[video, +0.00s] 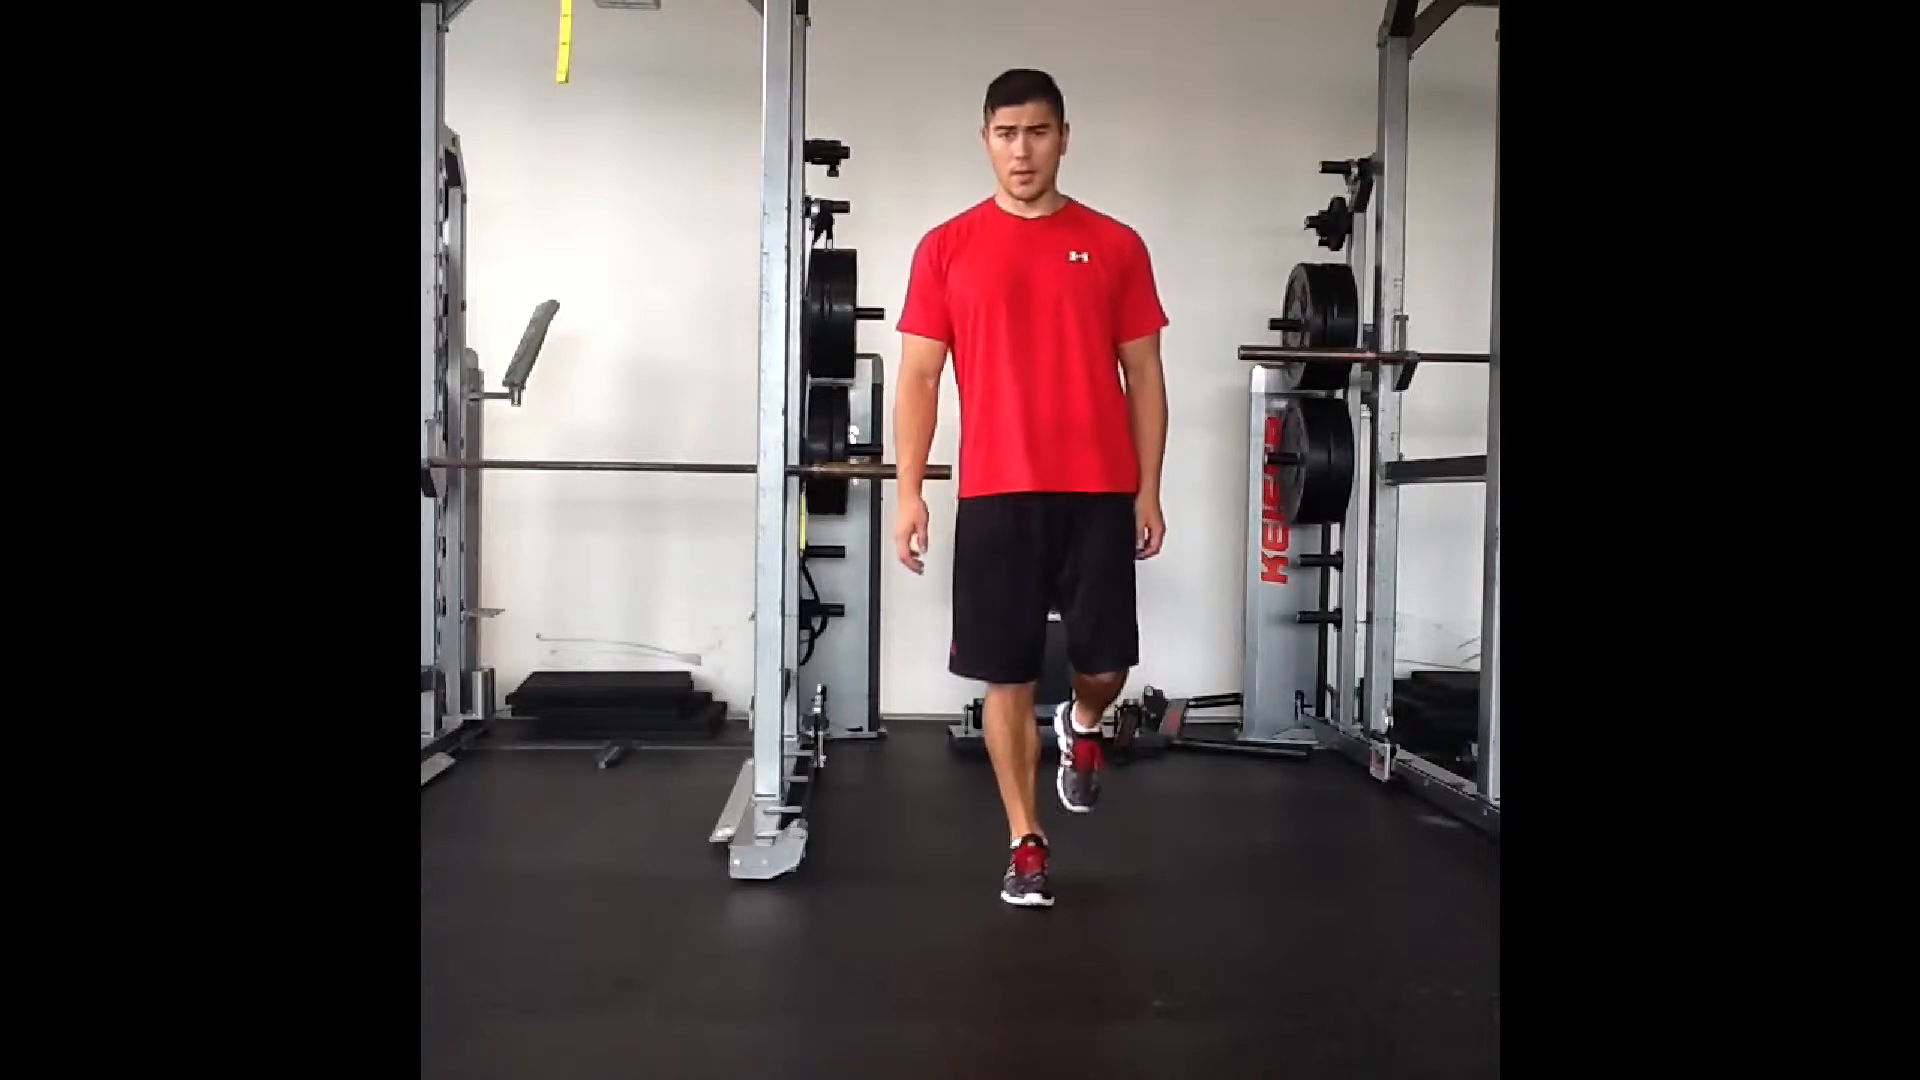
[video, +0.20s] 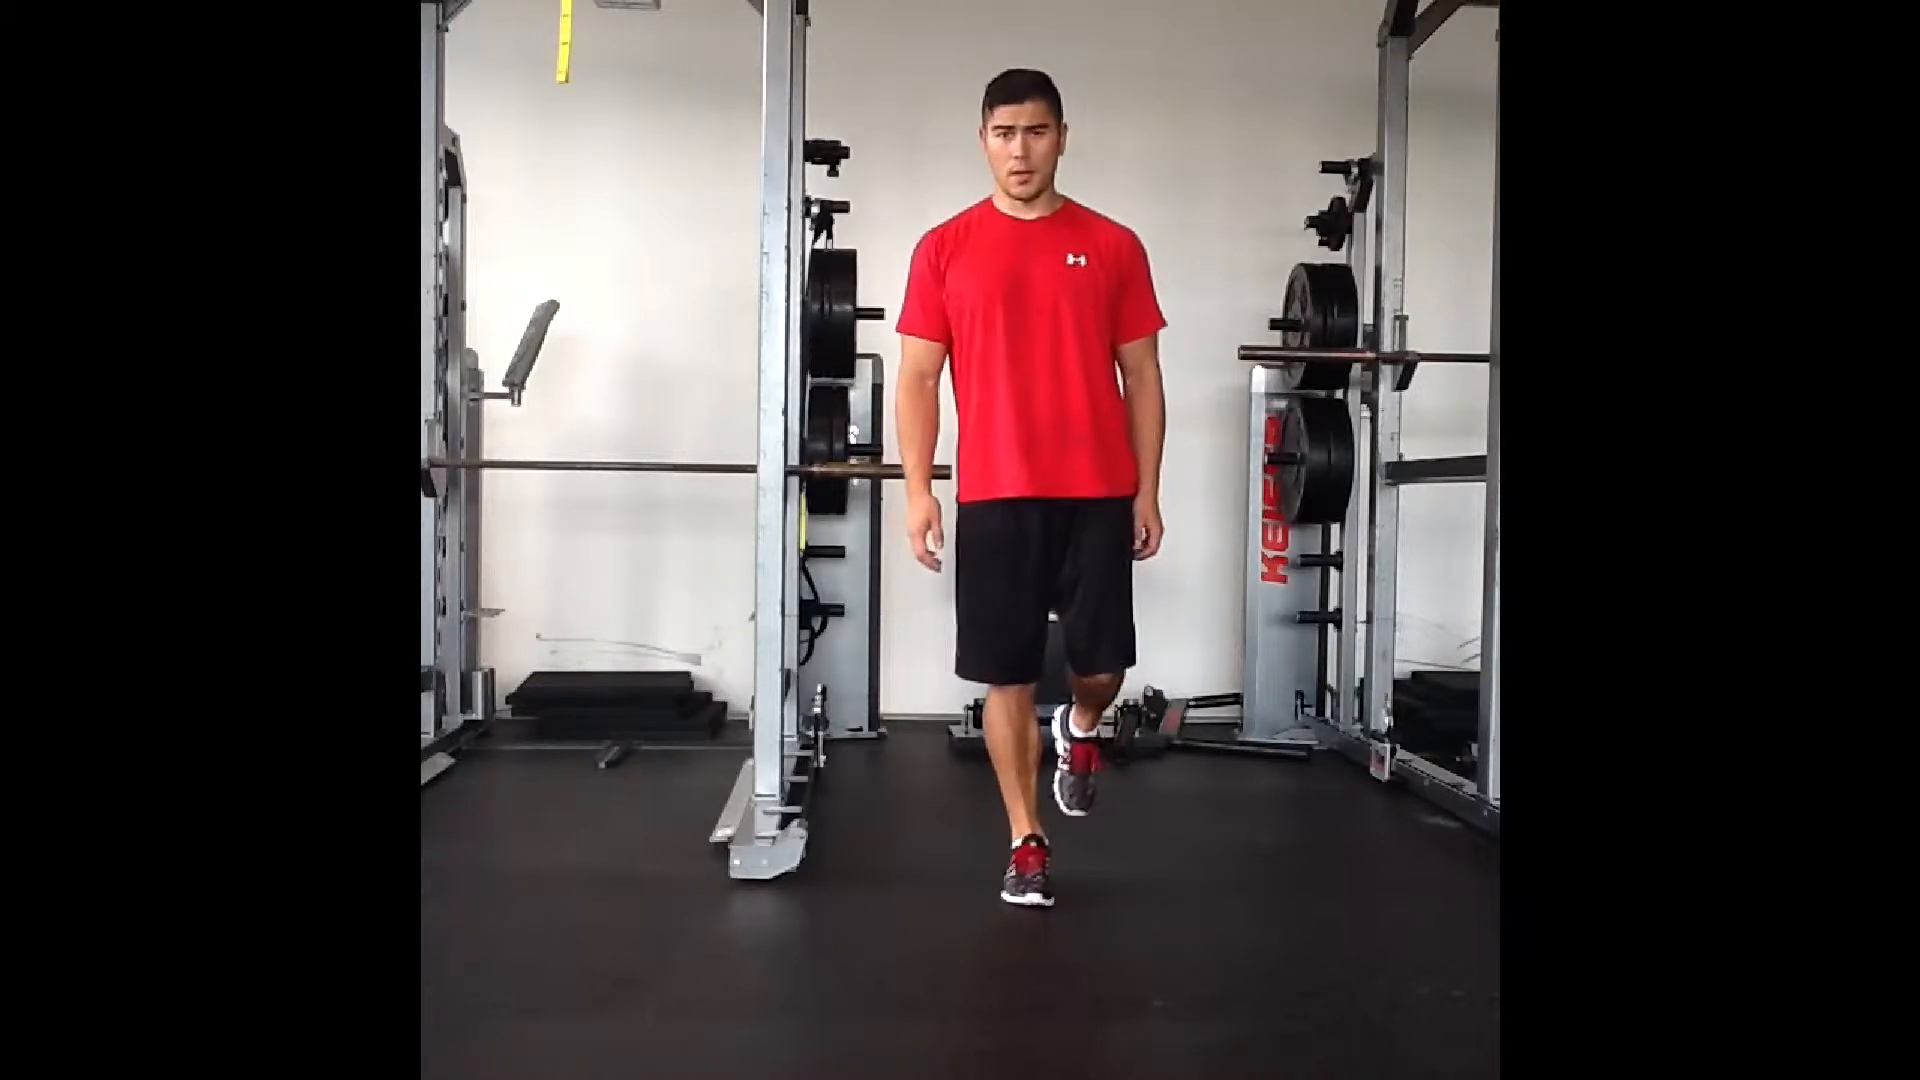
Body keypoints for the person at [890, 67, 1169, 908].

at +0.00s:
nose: (1023, 147)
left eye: (1038, 131)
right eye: (1007, 132)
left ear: (1062, 139)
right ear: (986, 142)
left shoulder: (1115, 246)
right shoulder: (946, 249)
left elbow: (1144, 372)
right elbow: (918, 374)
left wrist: (1148, 487)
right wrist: (911, 492)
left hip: (1099, 490)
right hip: (997, 492)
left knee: (1106, 664)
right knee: (1008, 673)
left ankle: (1081, 732)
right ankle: (1024, 841)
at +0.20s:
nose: (1021, 148)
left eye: (1037, 131)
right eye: (1005, 133)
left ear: (1061, 139)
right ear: (984, 142)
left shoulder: (1114, 246)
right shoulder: (944, 250)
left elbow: (1142, 372)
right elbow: (916, 376)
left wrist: (1147, 489)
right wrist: (918, 490)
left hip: (1097, 492)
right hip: (995, 493)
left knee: (1104, 662)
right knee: (1008, 673)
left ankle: (1077, 737)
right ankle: (1024, 840)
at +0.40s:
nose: (1020, 148)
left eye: (1035, 131)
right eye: (1003, 132)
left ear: (1060, 139)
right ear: (982, 142)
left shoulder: (1112, 247)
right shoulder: (941, 251)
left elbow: (1141, 372)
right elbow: (914, 376)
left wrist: (1144, 490)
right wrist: (922, 488)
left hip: (1095, 496)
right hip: (993, 497)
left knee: (1098, 665)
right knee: (1007, 676)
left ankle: (1074, 736)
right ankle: (1024, 842)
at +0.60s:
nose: (1014, 157)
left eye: (1030, 140)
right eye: (998, 141)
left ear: (1056, 149)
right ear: (978, 152)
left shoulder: (1107, 257)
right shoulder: (937, 257)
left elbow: (1142, 386)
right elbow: (913, 379)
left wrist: (1125, 496)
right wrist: (923, 495)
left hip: (1087, 508)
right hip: (986, 510)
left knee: (1100, 667)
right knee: (1006, 680)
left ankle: (1072, 723)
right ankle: (1024, 841)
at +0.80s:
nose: (1010, 207)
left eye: (1027, 191)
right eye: (995, 191)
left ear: (1053, 202)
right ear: (975, 202)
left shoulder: (1101, 305)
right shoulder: (932, 296)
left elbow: (1133, 431)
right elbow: (916, 379)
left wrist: (1067, 416)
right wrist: (922, 454)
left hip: (1083, 532)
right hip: (984, 534)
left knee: (1088, 676)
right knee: (1007, 681)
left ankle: (1054, 683)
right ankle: (1023, 840)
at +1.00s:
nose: (1003, 286)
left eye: (1020, 270)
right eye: (987, 271)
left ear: (1047, 280)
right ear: (966, 282)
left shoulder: (1082, 350)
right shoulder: (934, 347)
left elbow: (1111, 430)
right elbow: (918, 334)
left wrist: (1029, 355)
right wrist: (925, 323)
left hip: (1083, 564)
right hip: (988, 561)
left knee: (1052, 683)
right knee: (1009, 691)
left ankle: (1006, 714)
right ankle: (1024, 844)